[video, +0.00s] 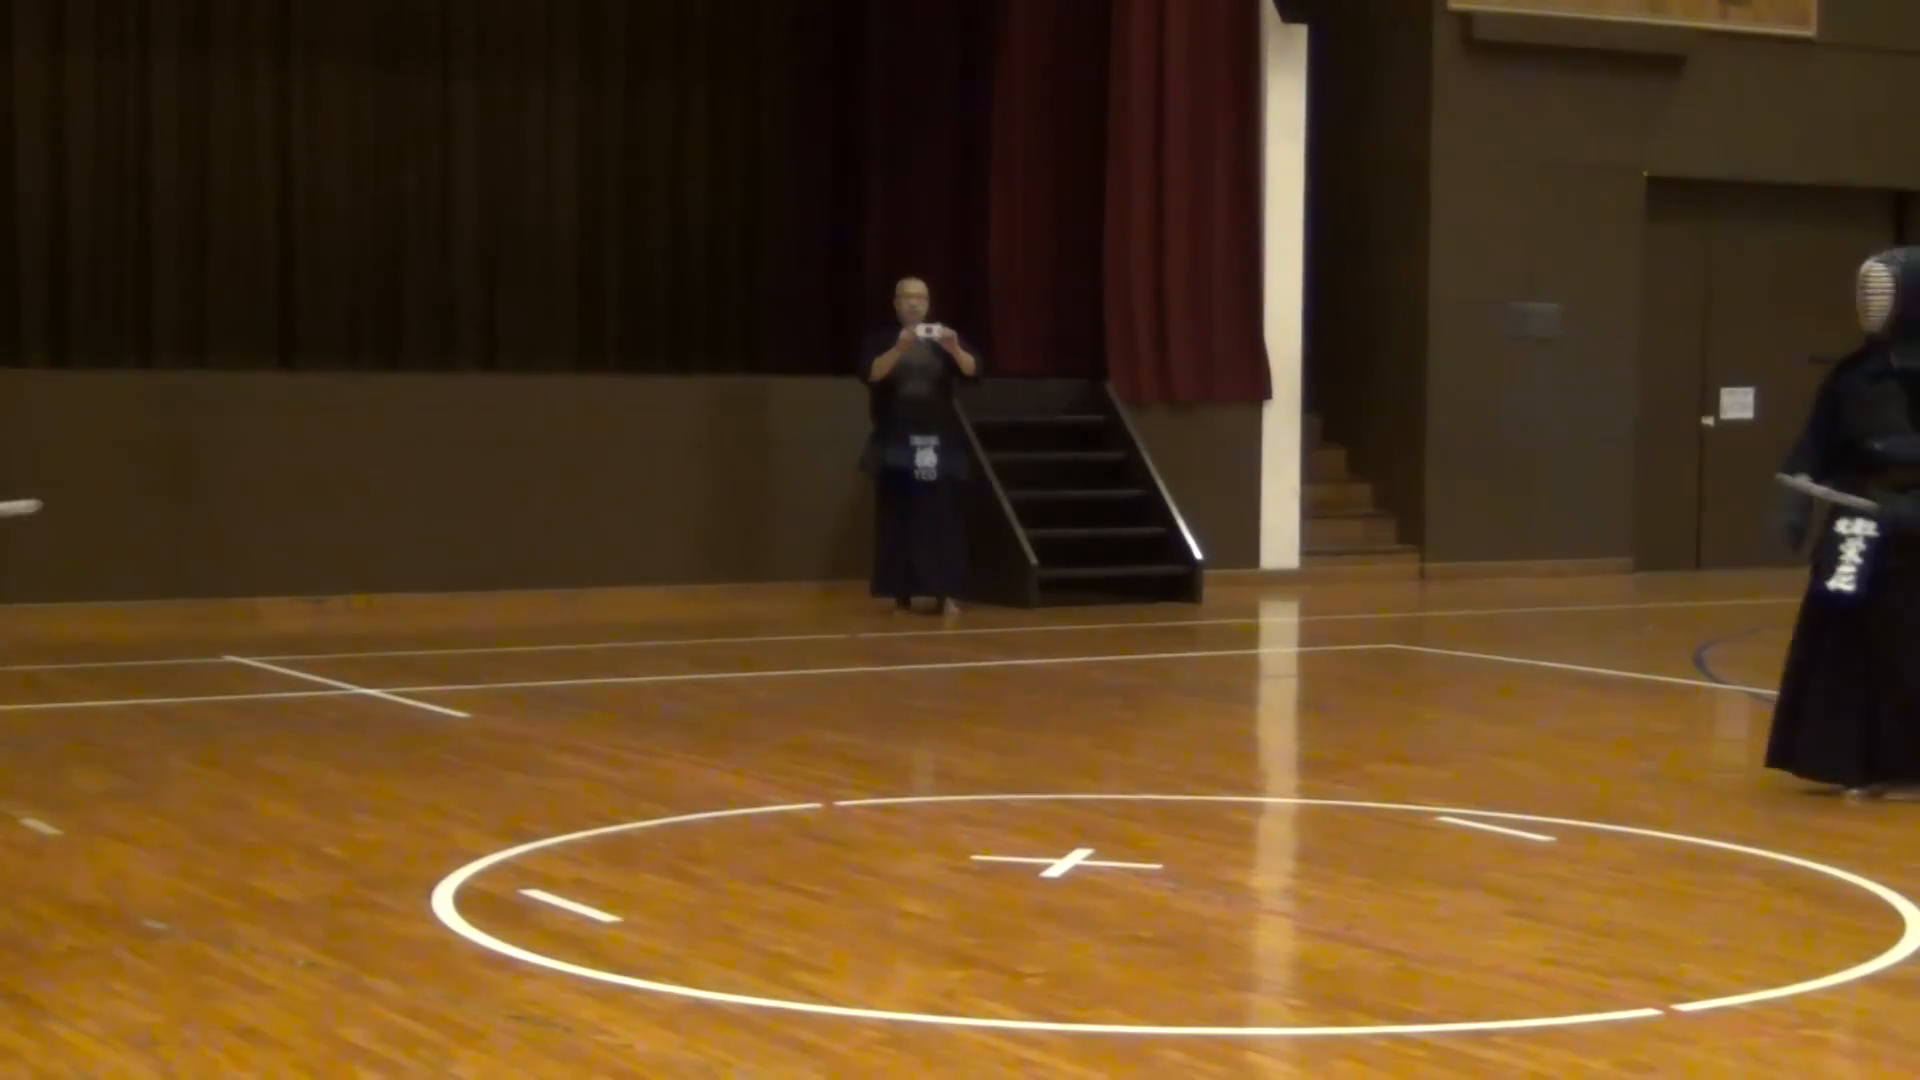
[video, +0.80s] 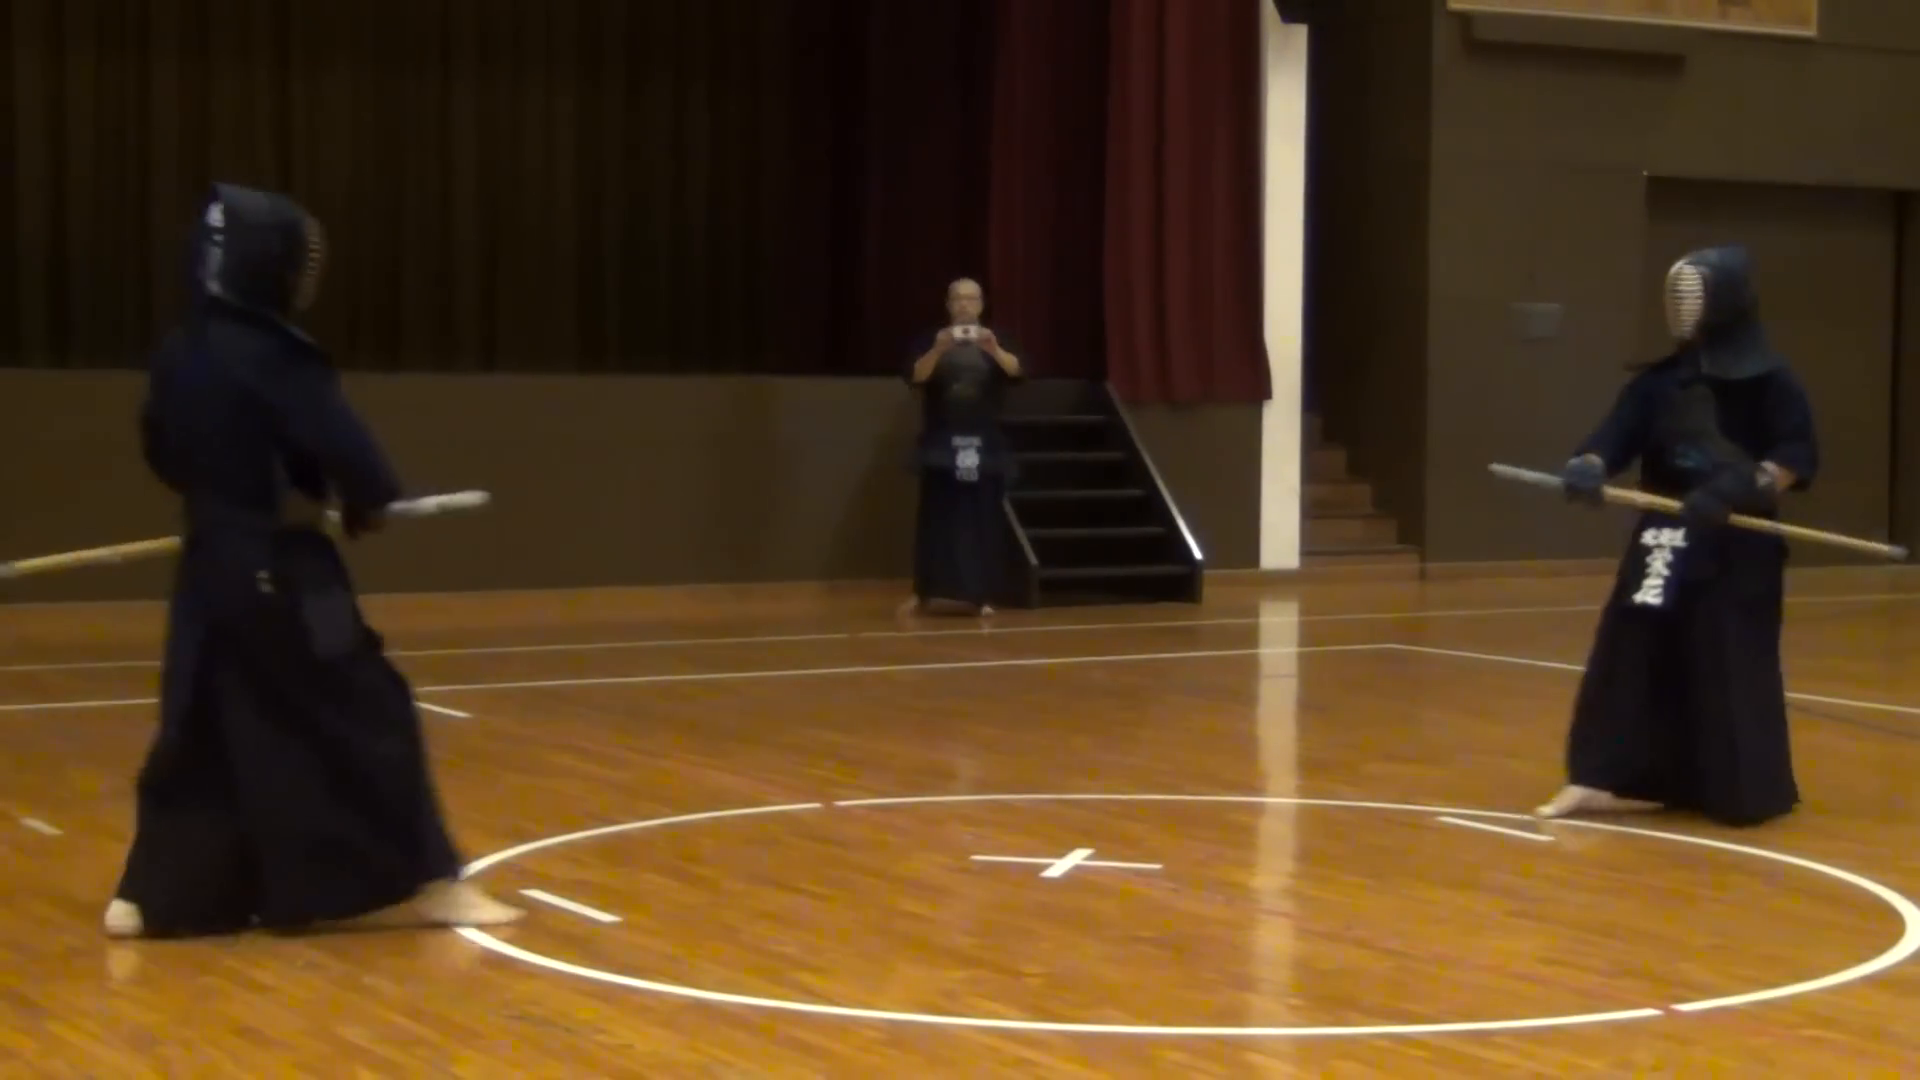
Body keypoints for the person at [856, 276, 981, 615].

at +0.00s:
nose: (913, 304)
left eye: (919, 299)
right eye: (907, 299)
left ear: (928, 303)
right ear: (896, 303)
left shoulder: (943, 338)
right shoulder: (885, 340)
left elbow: (973, 370)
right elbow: (871, 374)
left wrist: (954, 348)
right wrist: (900, 348)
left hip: (939, 436)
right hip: (897, 436)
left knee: (943, 512)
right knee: (899, 512)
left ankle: (948, 593)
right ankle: (901, 590)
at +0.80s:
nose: (965, 305)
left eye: (972, 299)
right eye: (959, 299)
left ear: (982, 303)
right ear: (949, 304)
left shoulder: (994, 341)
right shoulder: (934, 342)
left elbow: (1017, 371)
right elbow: (916, 376)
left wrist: (992, 348)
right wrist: (940, 348)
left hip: (983, 437)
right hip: (942, 437)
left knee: (984, 513)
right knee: (935, 512)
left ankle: (986, 596)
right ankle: (925, 591)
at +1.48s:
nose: (977, 305)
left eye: (984, 299)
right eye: (972, 298)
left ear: (995, 304)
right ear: (962, 303)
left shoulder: (1006, 340)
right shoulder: (950, 339)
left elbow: (1026, 371)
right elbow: (928, 374)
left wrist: (1004, 348)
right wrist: (951, 347)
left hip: (993, 436)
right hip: (952, 435)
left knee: (988, 512)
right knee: (948, 511)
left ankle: (984, 594)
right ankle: (941, 594)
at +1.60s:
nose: (977, 304)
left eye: (984, 299)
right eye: (972, 298)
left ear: (994, 303)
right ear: (961, 302)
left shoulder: (1007, 341)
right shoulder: (948, 339)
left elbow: (1026, 371)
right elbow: (926, 374)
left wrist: (1004, 348)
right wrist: (950, 347)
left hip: (993, 435)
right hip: (952, 434)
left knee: (988, 510)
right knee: (948, 510)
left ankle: (983, 591)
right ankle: (942, 592)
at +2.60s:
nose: (975, 305)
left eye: (981, 299)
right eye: (969, 299)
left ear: (991, 303)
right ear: (958, 303)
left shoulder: (1003, 340)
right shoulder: (945, 339)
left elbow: (1024, 371)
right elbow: (925, 374)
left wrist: (1000, 348)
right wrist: (948, 347)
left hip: (990, 436)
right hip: (950, 435)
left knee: (987, 512)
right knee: (947, 511)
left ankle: (984, 591)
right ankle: (945, 590)